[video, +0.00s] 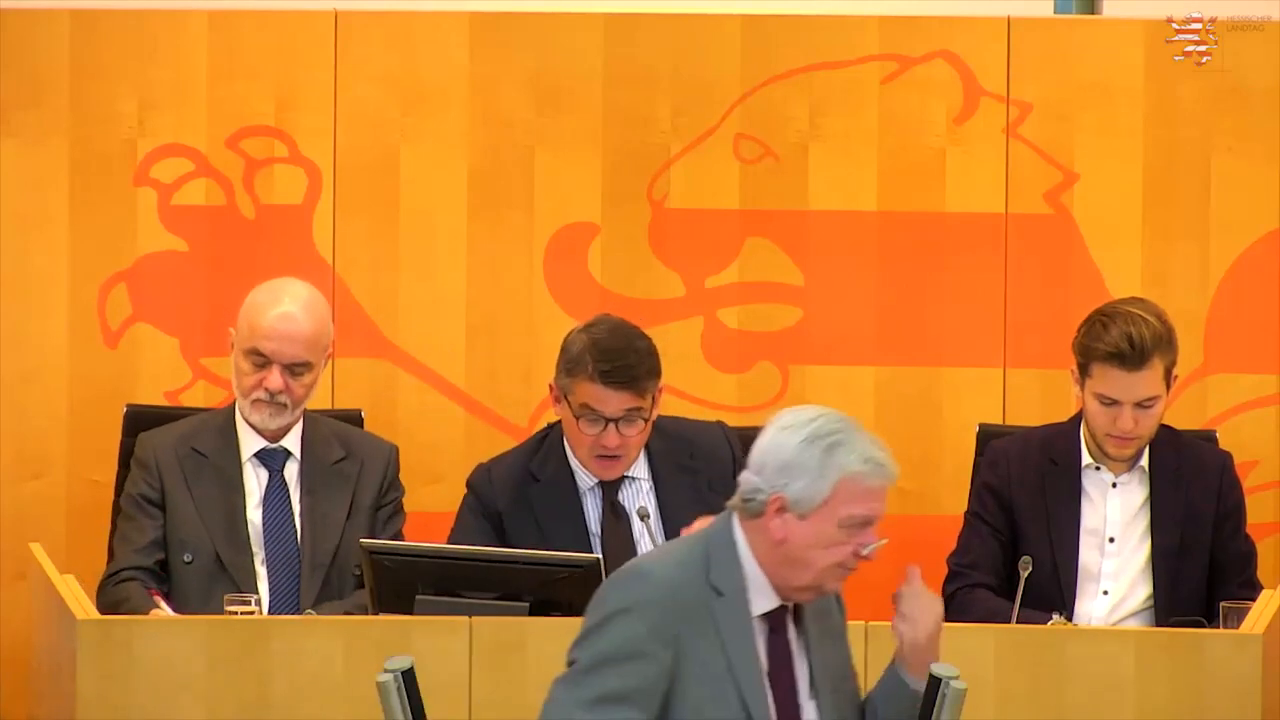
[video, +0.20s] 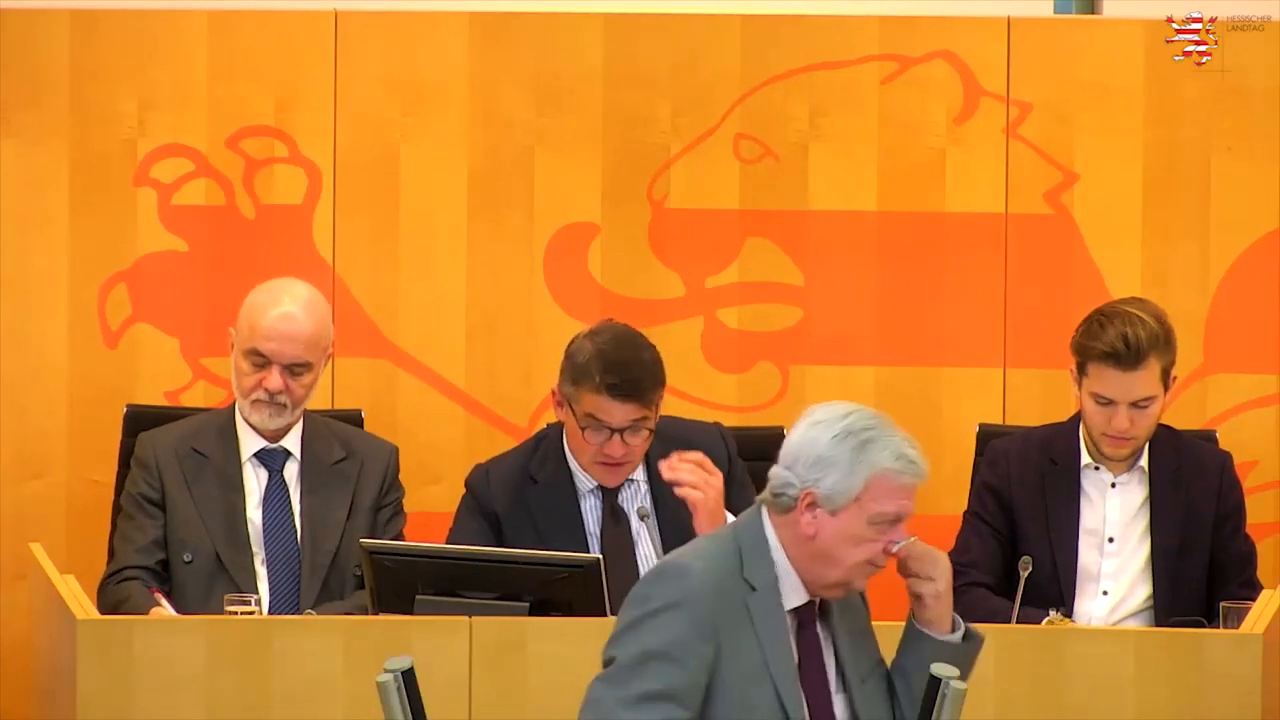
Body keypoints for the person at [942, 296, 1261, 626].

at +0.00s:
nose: (1125, 423)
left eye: (1145, 404)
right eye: (1108, 401)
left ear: (1170, 389)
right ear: (1078, 381)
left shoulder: (1209, 472)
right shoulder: (1010, 463)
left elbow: (1241, 608)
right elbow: (964, 597)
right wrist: (1053, 632)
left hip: (1165, 677)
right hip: (1041, 673)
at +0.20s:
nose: (1121, 423)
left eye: (1141, 404)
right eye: (1104, 402)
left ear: (1168, 390)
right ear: (1077, 381)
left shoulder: (1208, 472)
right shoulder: (1011, 462)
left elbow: (1240, 604)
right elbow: (965, 593)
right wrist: (1044, 628)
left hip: (1163, 678)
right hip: (1039, 674)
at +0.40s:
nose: (1112, 423)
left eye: (1134, 404)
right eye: (1095, 400)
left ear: (1165, 392)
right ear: (1074, 380)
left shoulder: (1207, 472)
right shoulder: (1009, 462)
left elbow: (1240, 609)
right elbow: (955, 602)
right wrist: (1008, 611)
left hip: (1163, 678)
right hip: (1037, 673)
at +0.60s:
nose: (1105, 422)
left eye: (1127, 405)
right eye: (1091, 399)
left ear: (1160, 394)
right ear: (1071, 379)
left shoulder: (1204, 472)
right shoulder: (1006, 461)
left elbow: (1247, 607)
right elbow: (938, 583)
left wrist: (1188, 620)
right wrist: (960, 616)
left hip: (1157, 675)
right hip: (1032, 668)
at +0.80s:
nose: (1100, 422)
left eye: (1123, 405)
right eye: (1086, 398)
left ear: (1155, 394)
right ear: (1066, 377)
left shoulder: (1199, 473)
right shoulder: (1003, 460)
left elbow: (1229, 607)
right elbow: (936, 593)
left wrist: (1121, 626)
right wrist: (963, 618)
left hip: (1151, 675)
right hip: (1026, 667)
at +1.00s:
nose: (1094, 422)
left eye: (1117, 405)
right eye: (1081, 398)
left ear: (1152, 395)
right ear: (1063, 377)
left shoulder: (1197, 473)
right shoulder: (1001, 461)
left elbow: (1226, 602)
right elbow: (943, 579)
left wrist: (1130, 641)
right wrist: (944, 614)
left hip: (1146, 673)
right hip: (1023, 664)